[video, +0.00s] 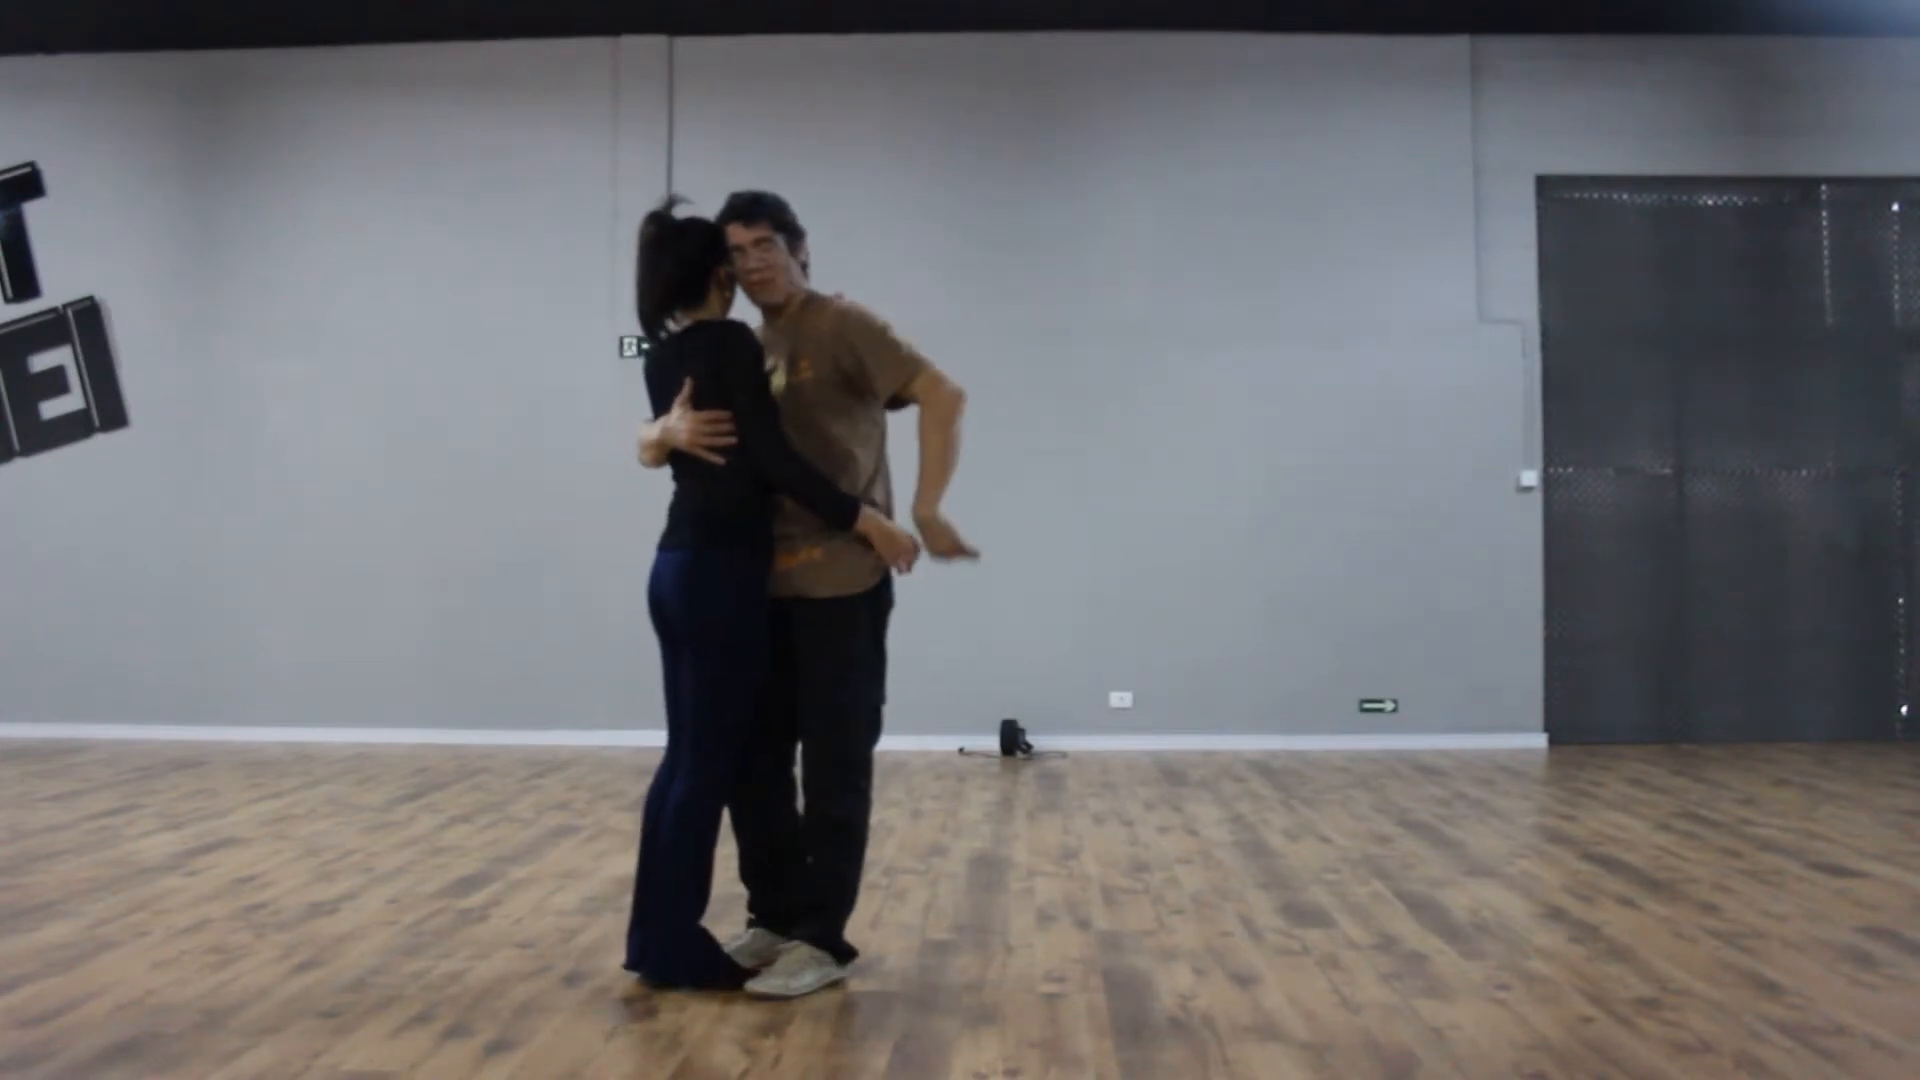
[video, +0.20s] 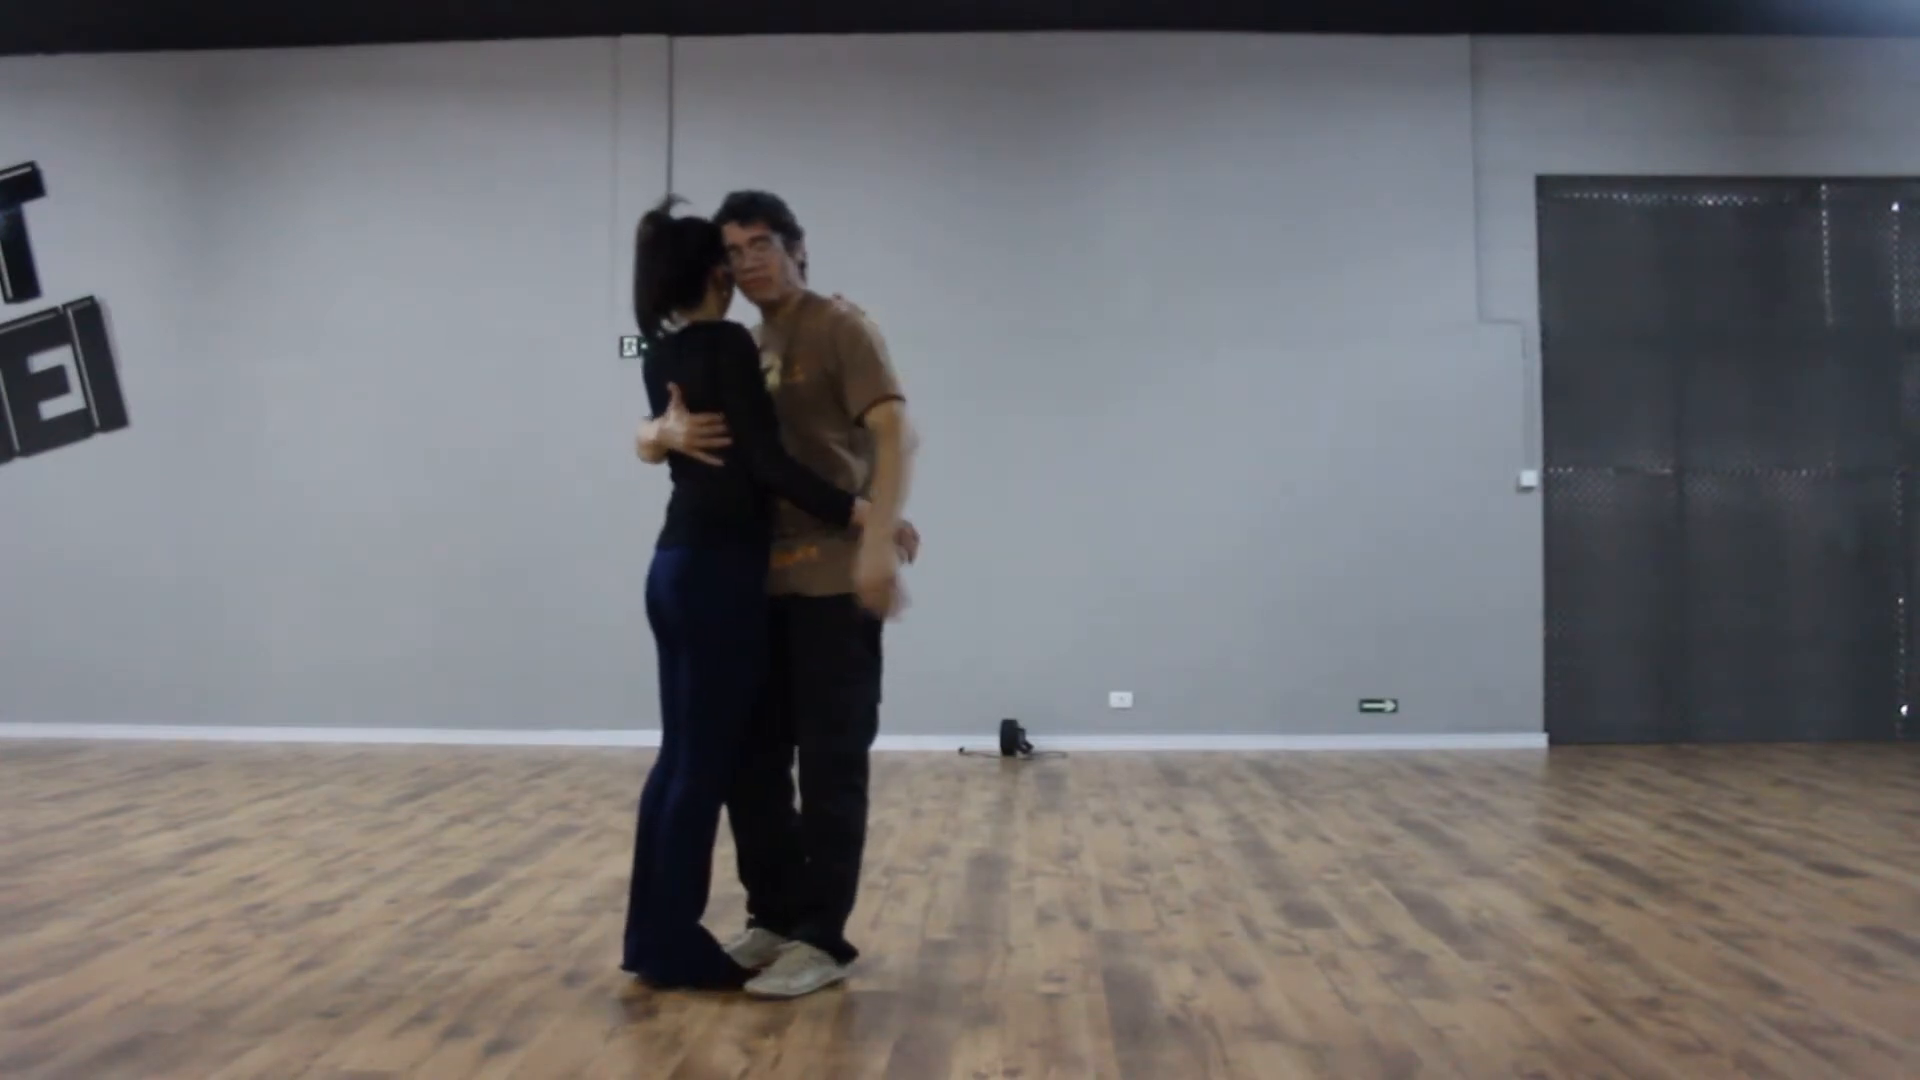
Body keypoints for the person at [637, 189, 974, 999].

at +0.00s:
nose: (754, 264)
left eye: (765, 246)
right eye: (738, 253)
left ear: (798, 249)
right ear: (728, 267)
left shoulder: (843, 326)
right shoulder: (735, 349)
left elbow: (942, 396)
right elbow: (646, 450)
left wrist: (926, 511)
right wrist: (666, 432)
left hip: (841, 587)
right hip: (761, 589)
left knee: (833, 767)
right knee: (756, 761)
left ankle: (822, 942)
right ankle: (773, 922)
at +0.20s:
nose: (748, 263)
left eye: (760, 246)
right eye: (734, 254)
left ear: (795, 248)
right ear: (723, 268)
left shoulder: (842, 327)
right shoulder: (737, 346)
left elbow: (894, 432)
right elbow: (653, 441)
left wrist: (878, 544)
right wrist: (660, 434)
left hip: (836, 586)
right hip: (756, 584)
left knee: (831, 765)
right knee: (752, 760)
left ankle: (823, 940)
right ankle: (777, 919)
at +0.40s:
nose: (745, 263)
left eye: (755, 247)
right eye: (730, 254)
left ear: (790, 248)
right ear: (718, 270)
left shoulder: (834, 328)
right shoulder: (731, 344)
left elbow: (872, 441)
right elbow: (647, 433)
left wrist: (815, 535)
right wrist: (656, 429)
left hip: (830, 577)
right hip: (748, 571)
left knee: (824, 758)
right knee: (747, 753)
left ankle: (823, 941)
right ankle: (774, 920)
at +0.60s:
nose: (742, 265)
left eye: (752, 248)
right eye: (727, 254)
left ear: (785, 248)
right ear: (715, 267)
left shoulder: (828, 327)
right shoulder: (728, 342)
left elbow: (868, 438)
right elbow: (639, 430)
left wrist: (814, 530)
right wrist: (650, 425)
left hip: (824, 578)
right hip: (747, 573)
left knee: (816, 755)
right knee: (748, 751)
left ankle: (821, 941)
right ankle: (772, 922)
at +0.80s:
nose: (736, 265)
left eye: (747, 248)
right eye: (722, 255)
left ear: (779, 251)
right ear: (711, 268)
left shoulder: (821, 328)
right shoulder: (723, 345)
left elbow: (864, 442)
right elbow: (634, 431)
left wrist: (830, 544)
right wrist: (644, 427)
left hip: (814, 574)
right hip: (741, 575)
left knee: (812, 757)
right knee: (748, 754)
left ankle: (820, 940)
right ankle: (771, 921)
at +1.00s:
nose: (730, 266)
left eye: (742, 250)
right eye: (717, 257)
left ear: (775, 253)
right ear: (705, 271)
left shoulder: (815, 331)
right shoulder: (720, 349)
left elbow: (865, 441)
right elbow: (628, 434)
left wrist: (843, 539)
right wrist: (639, 432)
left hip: (809, 575)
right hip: (739, 577)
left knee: (805, 756)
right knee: (746, 755)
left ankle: (818, 940)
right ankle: (770, 921)